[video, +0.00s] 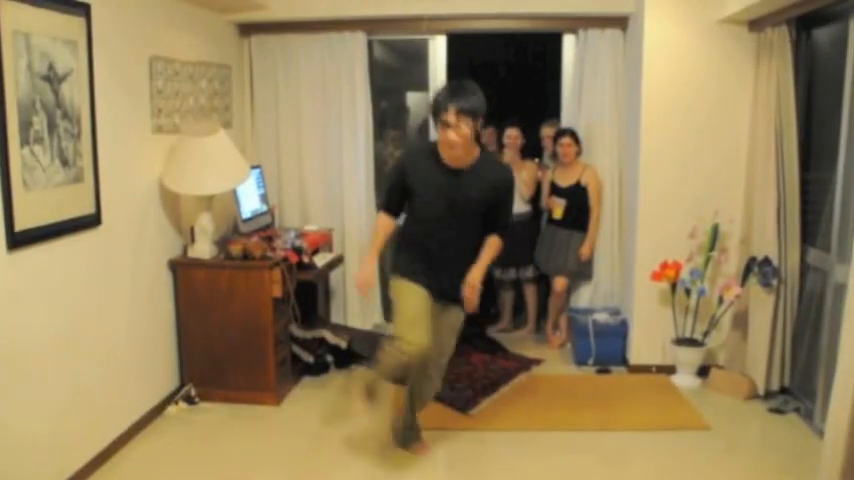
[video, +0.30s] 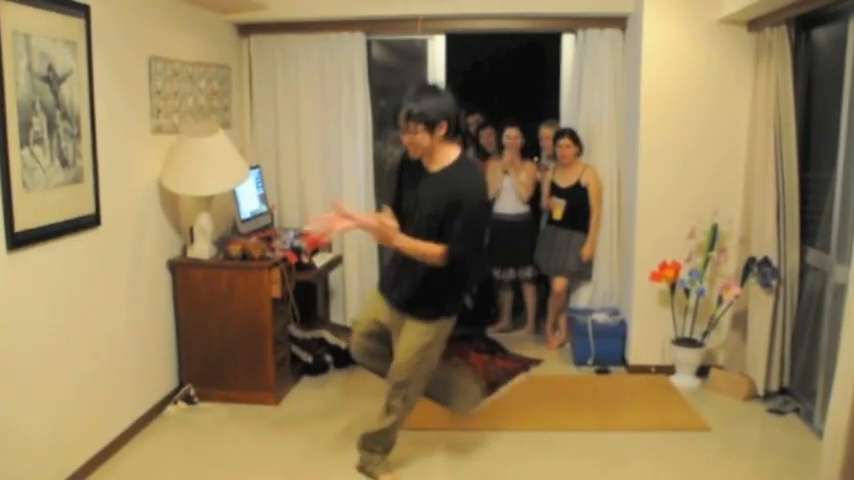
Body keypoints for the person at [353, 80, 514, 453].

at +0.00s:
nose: (453, 135)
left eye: (461, 126)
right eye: (446, 126)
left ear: (477, 127)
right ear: (435, 125)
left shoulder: (496, 175)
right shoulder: (415, 160)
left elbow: (497, 232)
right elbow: (389, 211)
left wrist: (475, 276)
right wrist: (370, 260)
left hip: (459, 277)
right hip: (412, 265)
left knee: (435, 361)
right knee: (415, 343)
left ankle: (408, 421)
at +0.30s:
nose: (405, 139)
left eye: (413, 131)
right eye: (403, 130)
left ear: (442, 130)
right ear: (403, 129)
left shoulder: (469, 184)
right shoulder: (410, 165)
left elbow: (451, 254)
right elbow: (394, 218)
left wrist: (395, 239)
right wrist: (354, 221)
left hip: (434, 303)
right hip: (394, 286)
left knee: (403, 383)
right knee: (364, 347)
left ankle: (375, 451)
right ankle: (452, 386)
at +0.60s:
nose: (401, 110)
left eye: (411, 101)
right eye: (397, 102)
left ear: (436, 106)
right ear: (393, 109)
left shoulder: (469, 150)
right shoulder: (394, 163)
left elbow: (473, 218)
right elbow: (388, 232)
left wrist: (435, 196)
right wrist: (356, 203)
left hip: (474, 275)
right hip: (431, 281)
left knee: (431, 342)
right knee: (447, 377)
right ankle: (486, 454)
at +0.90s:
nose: (428, 150)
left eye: (434, 140)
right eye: (417, 144)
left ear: (447, 138)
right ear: (400, 146)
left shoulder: (476, 175)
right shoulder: (389, 186)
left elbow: (484, 241)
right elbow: (399, 252)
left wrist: (448, 218)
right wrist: (426, 207)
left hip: (483, 312)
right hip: (429, 319)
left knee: (509, 395)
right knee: (463, 413)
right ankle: (500, 475)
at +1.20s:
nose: (413, 116)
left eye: (424, 107)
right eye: (407, 106)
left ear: (448, 113)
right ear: (400, 112)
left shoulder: (473, 167)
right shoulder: (387, 159)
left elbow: (460, 233)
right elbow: (369, 229)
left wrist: (442, 192)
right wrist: (359, 194)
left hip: (437, 285)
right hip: (390, 271)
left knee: (418, 386)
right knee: (383, 353)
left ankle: (399, 459)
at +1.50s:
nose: (384, 170)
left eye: (392, 160)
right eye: (378, 161)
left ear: (419, 149)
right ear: (371, 157)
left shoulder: (457, 206)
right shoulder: (371, 189)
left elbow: (420, 275)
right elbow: (350, 259)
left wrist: (354, 239)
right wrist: (339, 228)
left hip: (409, 339)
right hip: (365, 318)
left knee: (364, 433)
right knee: (333, 400)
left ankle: (330, 475)